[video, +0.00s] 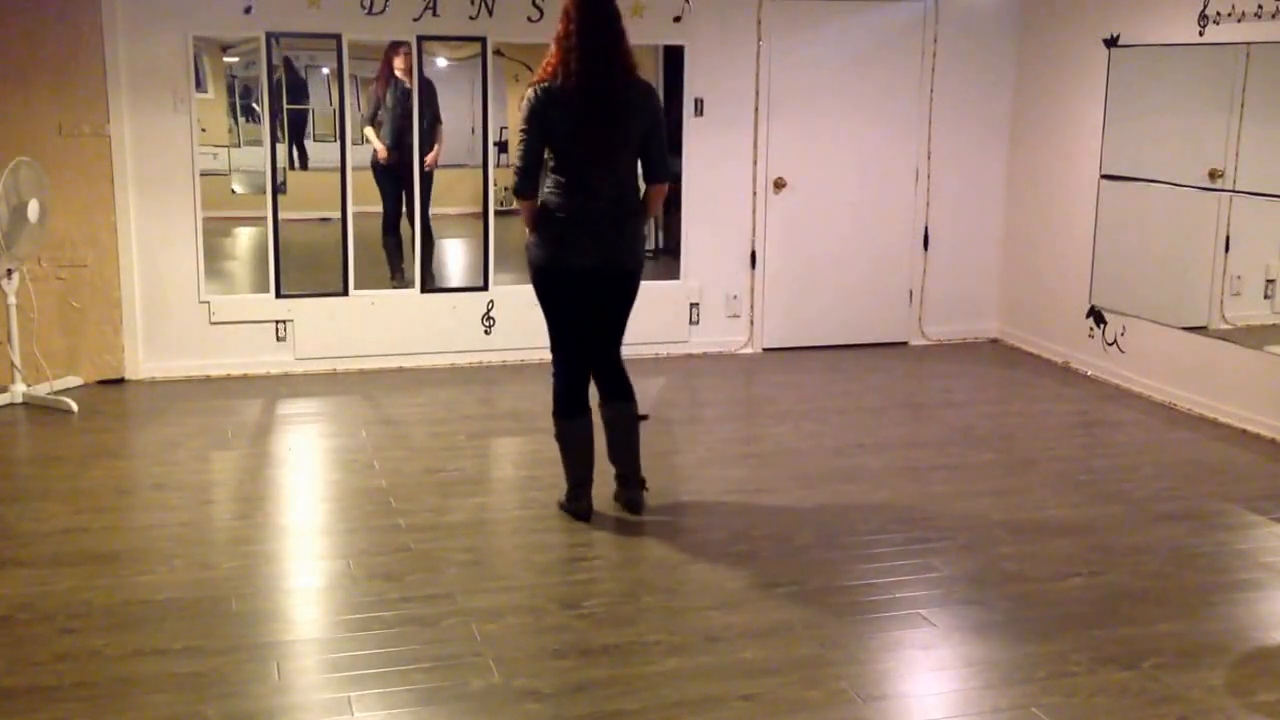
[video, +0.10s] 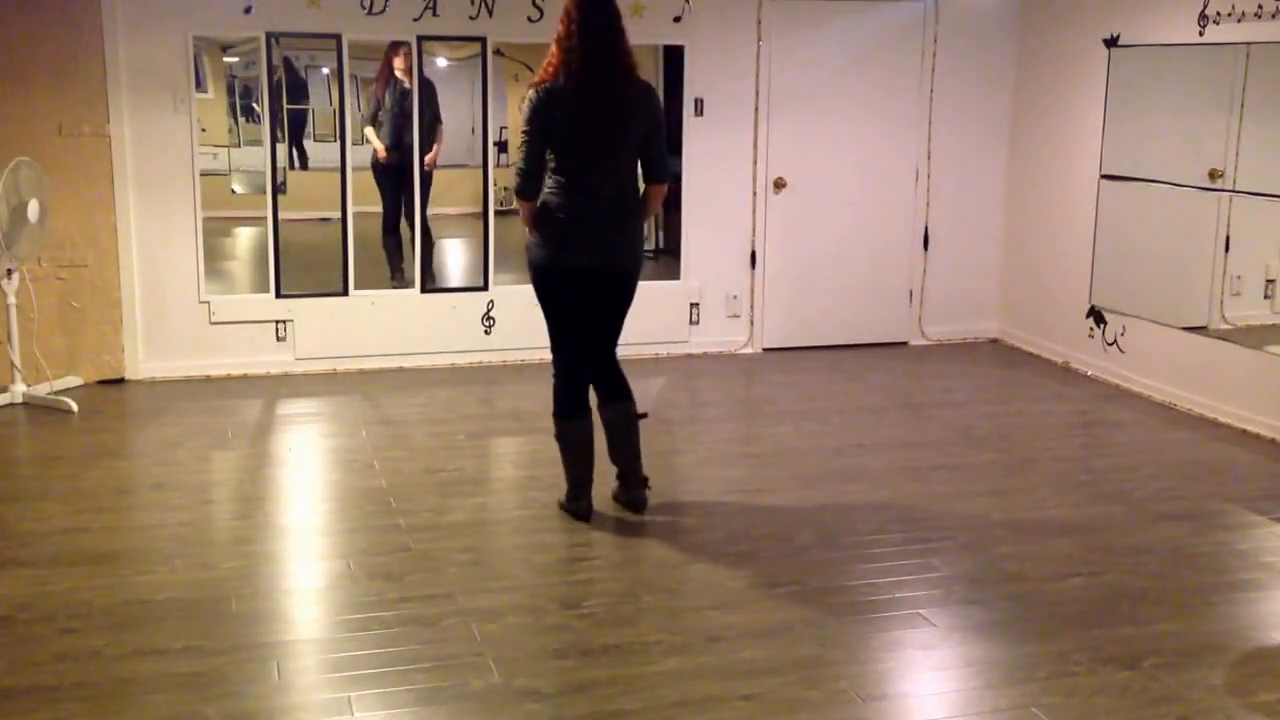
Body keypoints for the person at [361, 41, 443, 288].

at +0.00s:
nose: (404, 60)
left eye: (408, 55)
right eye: (399, 55)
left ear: (414, 58)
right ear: (390, 59)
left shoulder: (425, 86)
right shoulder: (381, 86)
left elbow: (436, 122)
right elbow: (367, 122)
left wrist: (436, 150)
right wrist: (378, 144)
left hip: (419, 161)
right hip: (388, 160)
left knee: (420, 217)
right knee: (392, 215)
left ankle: (426, 272)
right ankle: (396, 271)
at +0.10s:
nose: (404, 60)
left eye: (408, 55)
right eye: (399, 55)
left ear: (414, 58)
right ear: (391, 59)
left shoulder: (425, 86)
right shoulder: (381, 87)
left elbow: (437, 122)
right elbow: (368, 123)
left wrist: (435, 151)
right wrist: (377, 144)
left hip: (419, 160)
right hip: (388, 160)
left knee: (416, 216)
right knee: (391, 215)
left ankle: (426, 272)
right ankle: (396, 271)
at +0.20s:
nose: (404, 60)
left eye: (408, 55)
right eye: (399, 55)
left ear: (414, 58)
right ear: (391, 59)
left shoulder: (426, 86)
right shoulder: (381, 87)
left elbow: (437, 123)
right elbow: (368, 123)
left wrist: (433, 151)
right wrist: (378, 144)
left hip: (418, 160)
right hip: (388, 159)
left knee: (415, 215)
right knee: (391, 215)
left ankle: (426, 271)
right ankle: (396, 271)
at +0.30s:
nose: (404, 61)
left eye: (408, 56)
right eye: (399, 57)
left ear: (414, 59)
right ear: (392, 60)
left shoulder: (427, 87)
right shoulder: (382, 88)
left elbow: (439, 125)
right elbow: (370, 124)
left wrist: (432, 152)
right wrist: (377, 146)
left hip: (418, 162)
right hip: (388, 161)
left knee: (414, 216)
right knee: (391, 216)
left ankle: (425, 270)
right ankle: (396, 271)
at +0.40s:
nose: (404, 62)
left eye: (409, 57)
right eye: (400, 57)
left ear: (415, 60)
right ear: (392, 61)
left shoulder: (428, 87)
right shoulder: (384, 88)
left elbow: (440, 126)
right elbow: (373, 124)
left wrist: (431, 153)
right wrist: (376, 148)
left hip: (420, 162)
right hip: (389, 162)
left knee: (416, 216)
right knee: (392, 216)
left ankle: (424, 272)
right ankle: (396, 271)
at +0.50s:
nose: (407, 61)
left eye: (410, 57)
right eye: (402, 57)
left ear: (417, 59)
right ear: (394, 60)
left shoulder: (429, 85)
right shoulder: (384, 87)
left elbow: (441, 123)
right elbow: (376, 123)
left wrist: (433, 153)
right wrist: (378, 152)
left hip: (423, 162)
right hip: (394, 162)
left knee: (424, 216)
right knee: (396, 215)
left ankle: (426, 272)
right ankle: (397, 270)